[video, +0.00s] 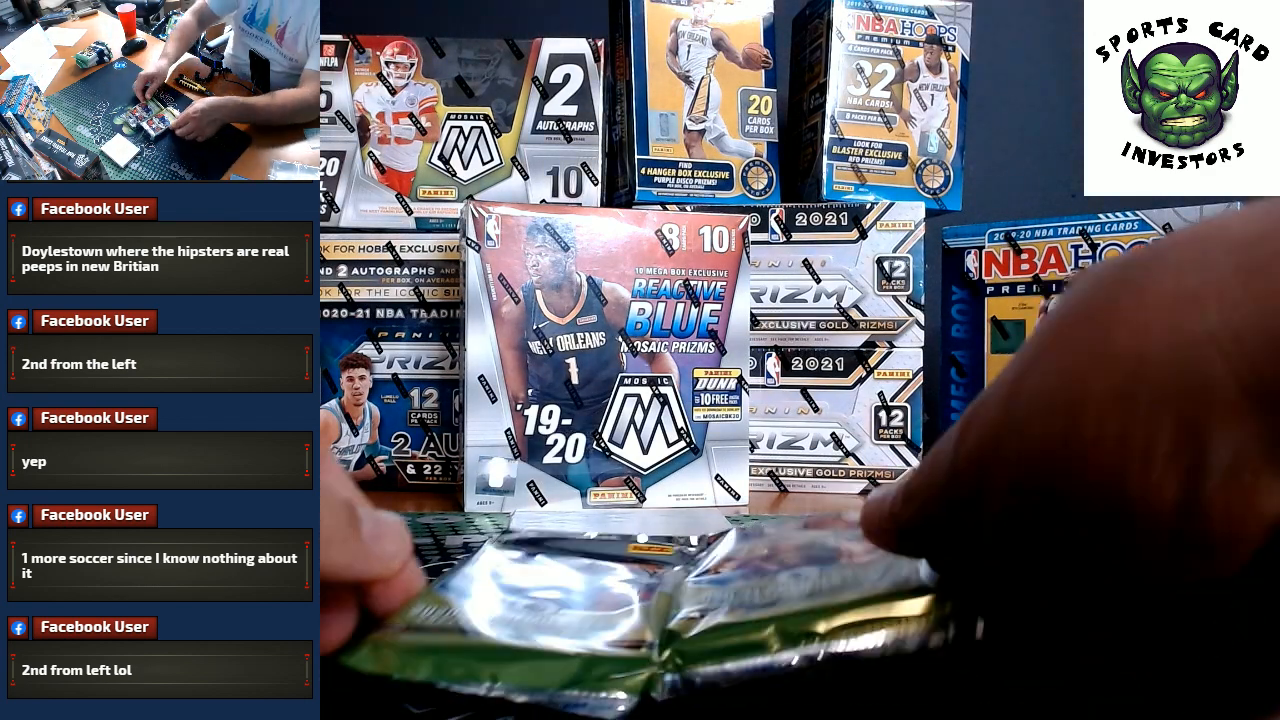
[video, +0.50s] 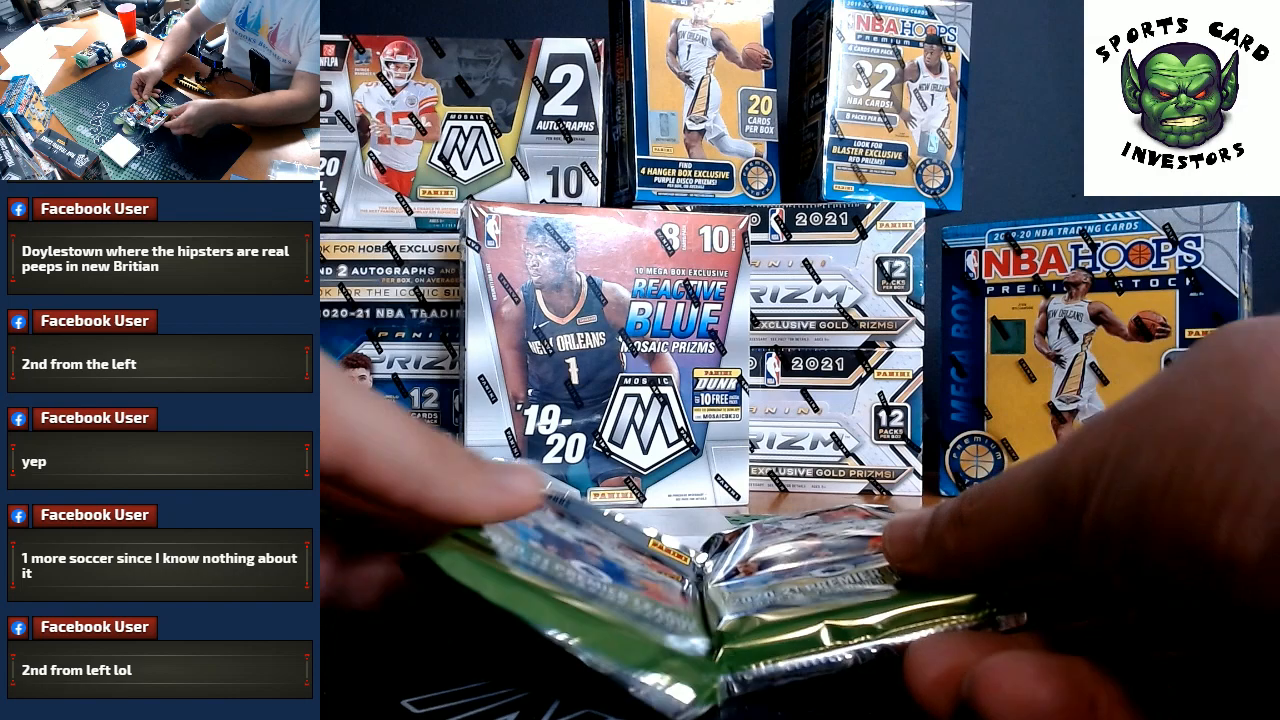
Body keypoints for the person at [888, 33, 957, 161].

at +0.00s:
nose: (928, 52)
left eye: (933, 48)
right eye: (926, 47)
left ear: (941, 51)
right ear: (923, 48)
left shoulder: (949, 70)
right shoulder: (913, 69)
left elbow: (955, 93)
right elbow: (888, 83)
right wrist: (900, 111)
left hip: (941, 118)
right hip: (918, 119)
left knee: (940, 155)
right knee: (922, 156)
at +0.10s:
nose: (928, 52)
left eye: (933, 48)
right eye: (926, 47)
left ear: (941, 51)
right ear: (923, 48)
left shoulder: (950, 71)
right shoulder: (913, 69)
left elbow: (955, 94)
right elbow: (888, 84)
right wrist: (900, 111)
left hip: (941, 118)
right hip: (918, 119)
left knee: (940, 155)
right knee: (922, 156)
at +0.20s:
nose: (929, 52)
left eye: (933, 48)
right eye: (926, 47)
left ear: (941, 51)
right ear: (923, 49)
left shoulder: (949, 70)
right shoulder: (913, 69)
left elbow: (956, 94)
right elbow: (888, 84)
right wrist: (900, 110)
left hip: (941, 118)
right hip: (919, 119)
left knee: (941, 155)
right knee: (923, 155)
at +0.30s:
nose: (928, 52)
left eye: (933, 49)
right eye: (926, 47)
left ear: (941, 52)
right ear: (923, 49)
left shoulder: (949, 71)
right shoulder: (913, 69)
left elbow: (955, 94)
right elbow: (887, 83)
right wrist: (900, 111)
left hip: (941, 118)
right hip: (918, 119)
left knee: (940, 155)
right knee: (923, 156)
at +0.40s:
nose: (928, 55)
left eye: (932, 52)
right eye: (926, 51)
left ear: (941, 52)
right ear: (923, 50)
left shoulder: (949, 70)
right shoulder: (913, 68)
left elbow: (955, 92)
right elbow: (888, 83)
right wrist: (900, 111)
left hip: (940, 117)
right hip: (918, 118)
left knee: (940, 153)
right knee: (924, 153)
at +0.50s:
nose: (928, 55)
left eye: (932, 51)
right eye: (926, 50)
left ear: (941, 52)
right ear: (923, 50)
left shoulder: (949, 70)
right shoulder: (913, 68)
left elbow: (955, 93)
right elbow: (888, 83)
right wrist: (900, 110)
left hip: (940, 116)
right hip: (918, 118)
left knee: (940, 153)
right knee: (924, 154)